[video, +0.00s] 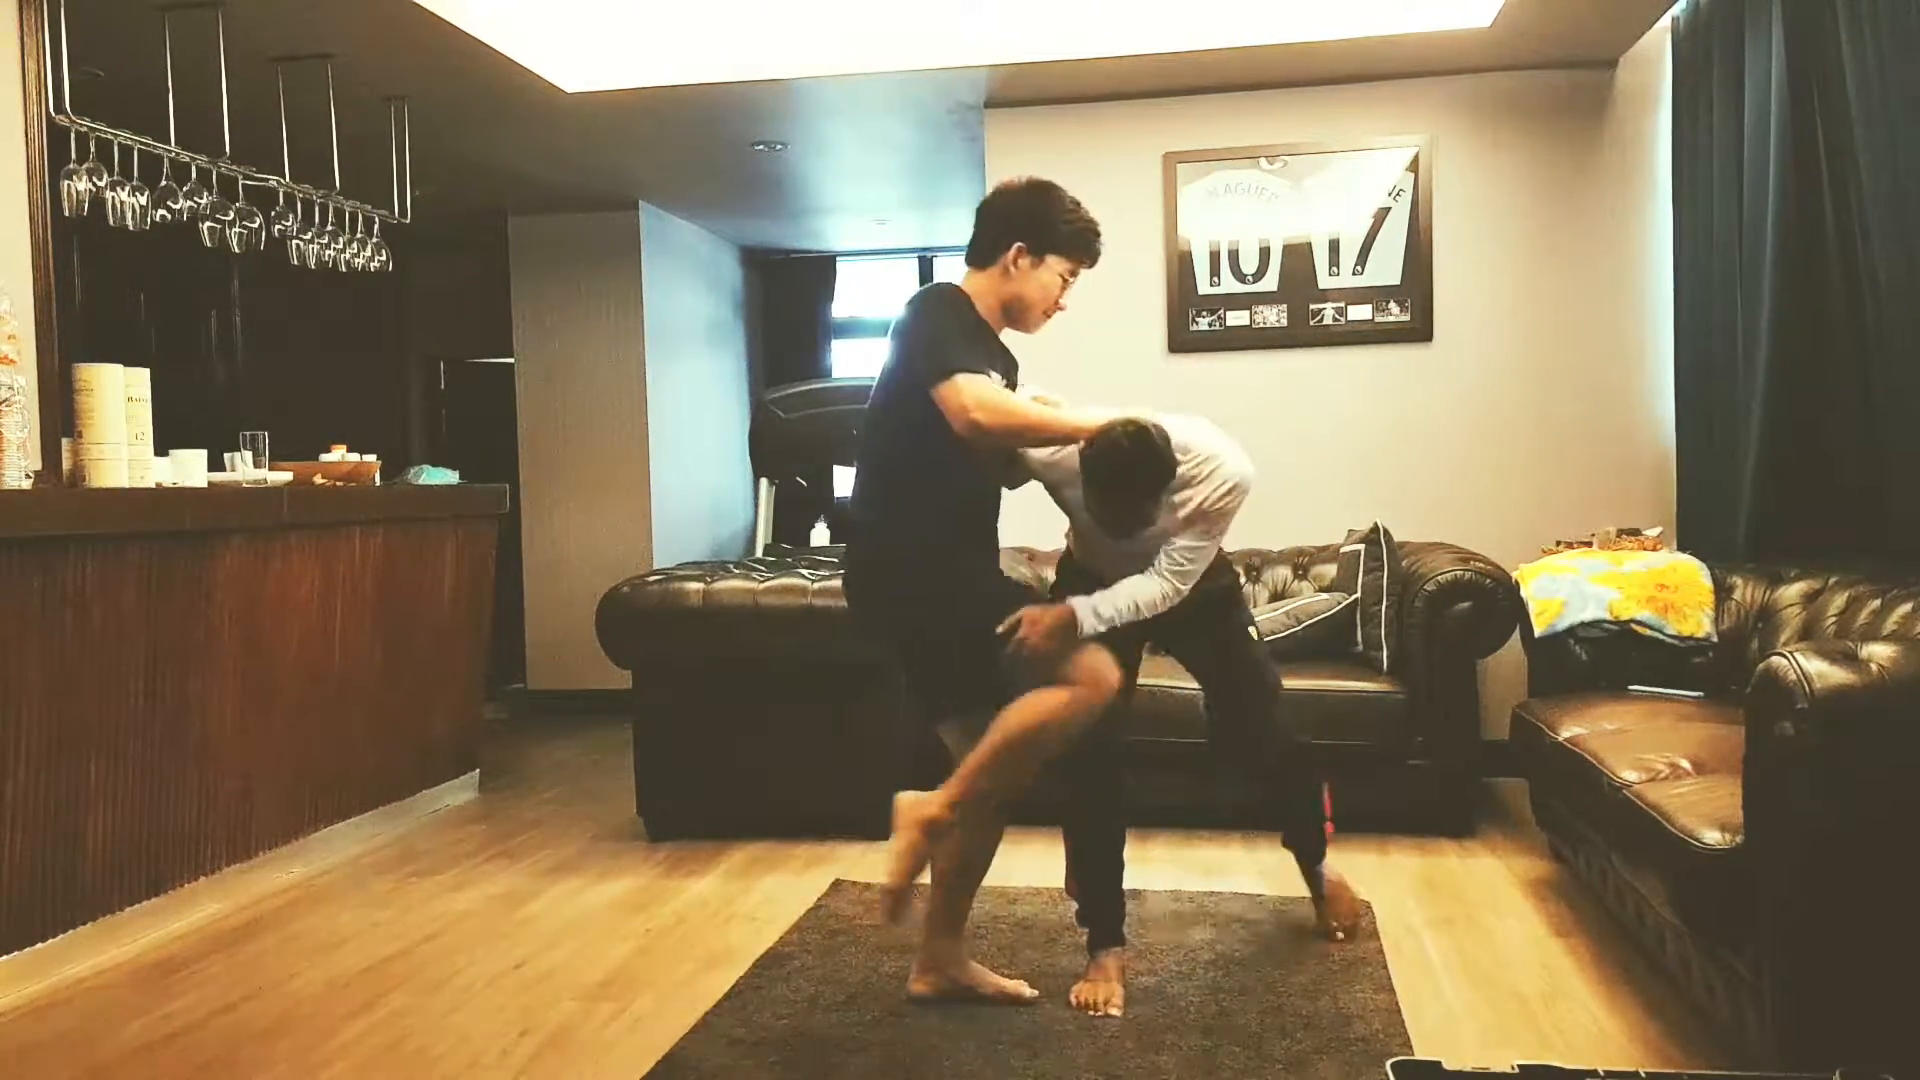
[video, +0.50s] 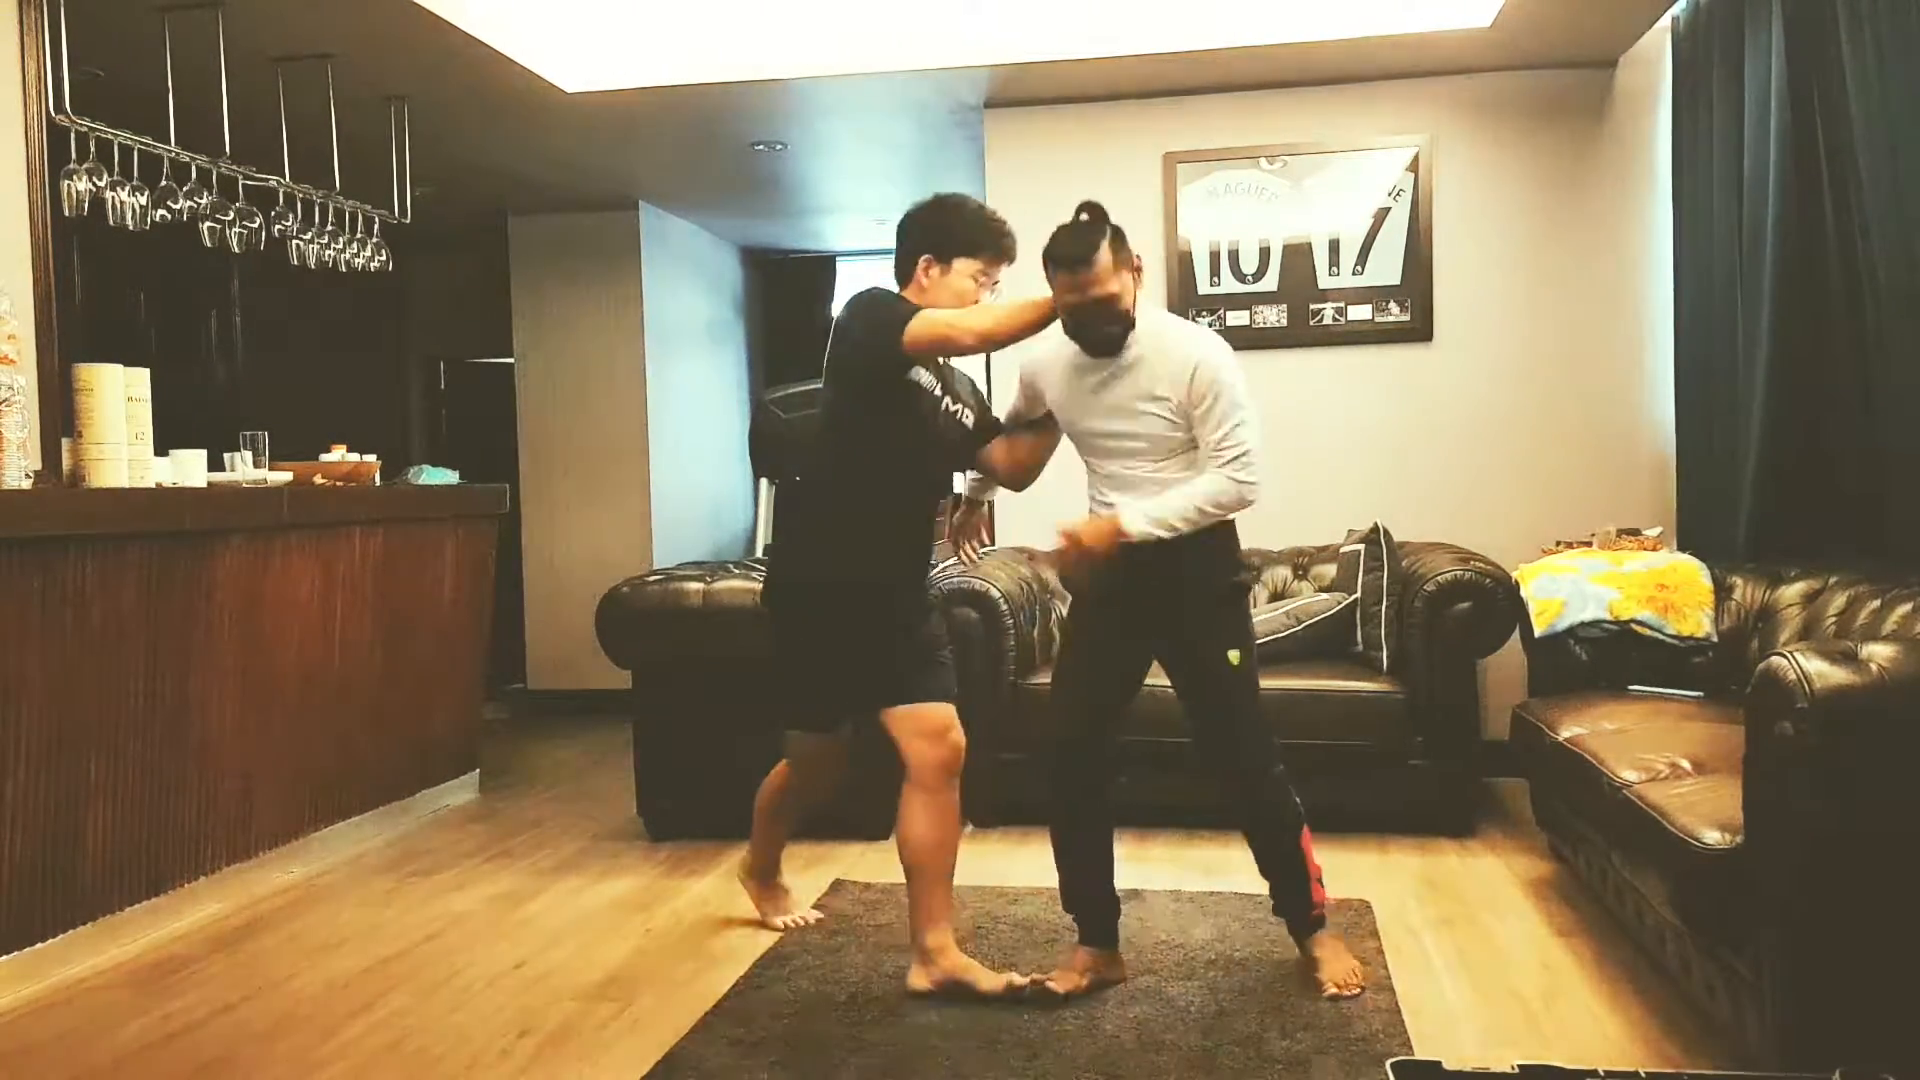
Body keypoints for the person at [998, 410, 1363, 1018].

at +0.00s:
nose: (1122, 527)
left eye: (1135, 517)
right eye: (1108, 516)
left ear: (1164, 485)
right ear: (1087, 477)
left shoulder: (1220, 477)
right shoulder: (1053, 458)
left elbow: (1167, 581)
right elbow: (986, 471)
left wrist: (1075, 616)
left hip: (1195, 585)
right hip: (1095, 588)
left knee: (1263, 721)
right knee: (1091, 749)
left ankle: (1318, 873)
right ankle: (1103, 944)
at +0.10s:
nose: (1103, 498)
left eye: (1116, 490)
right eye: (1094, 487)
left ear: (1151, 457)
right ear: (1076, 448)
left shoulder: (1214, 464)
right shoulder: (1049, 440)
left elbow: (1165, 580)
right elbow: (995, 464)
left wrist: (1060, 640)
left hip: (1195, 579)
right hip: (1098, 581)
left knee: (1266, 738)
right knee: (1087, 755)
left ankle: (1338, 905)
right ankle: (1101, 948)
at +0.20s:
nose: (1093, 459)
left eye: (1107, 447)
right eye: (1082, 446)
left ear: (1142, 414)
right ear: (1067, 413)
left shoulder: (1203, 436)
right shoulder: (1046, 418)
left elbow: (1182, 562)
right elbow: (992, 462)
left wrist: (1085, 638)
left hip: (1202, 583)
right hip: (1110, 583)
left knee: (1260, 748)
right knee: (1084, 751)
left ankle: (1327, 934)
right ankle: (1100, 944)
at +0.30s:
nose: (1085, 406)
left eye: (1099, 392)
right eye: (1074, 392)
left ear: (1135, 357)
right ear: (1057, 360)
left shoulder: (1201, 397)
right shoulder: (1037, 394)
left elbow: (1223, 523)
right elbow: (1004, 441)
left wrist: (1131, 605)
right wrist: (1036, 488)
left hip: (1207, 572)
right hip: (1116, 577)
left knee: (1257, 754)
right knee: (1085, 755)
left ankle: (1327, 937)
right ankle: (1099, 943)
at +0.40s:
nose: (1085, 356)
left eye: (1098, 339)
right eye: (1071, 341)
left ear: (1132, 307)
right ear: (1051, 321)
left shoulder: (1199, 368)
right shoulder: (1037, 379)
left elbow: (1249, 485)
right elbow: (997, 468)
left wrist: (1159, 560)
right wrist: (1015, 523)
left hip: (1212, 575)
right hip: (1118, 578)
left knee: (1259, 754)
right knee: (1082, 755)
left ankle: (1326, 935)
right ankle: (1098, 945)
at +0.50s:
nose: (1105, 312)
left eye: (1113, 292)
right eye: (1084, 301)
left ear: (1135, 270)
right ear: (1056, 295)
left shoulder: (1198, 356)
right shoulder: (1043, 364)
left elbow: (1239, 480)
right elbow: (1017, 453)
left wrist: (1122, 521)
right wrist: (977, 484)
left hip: (1200, 570)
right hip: (1112, 575)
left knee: (1242, 751)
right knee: (1071, 747)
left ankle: (1314, 932)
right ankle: (1096, 946)